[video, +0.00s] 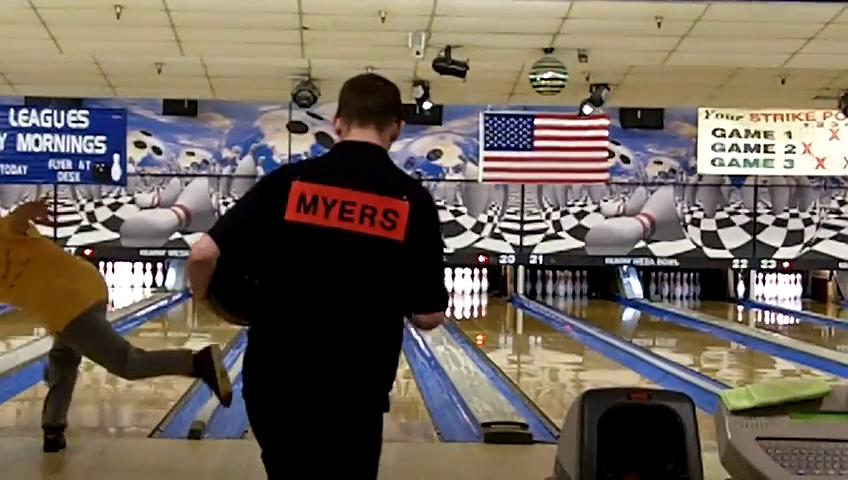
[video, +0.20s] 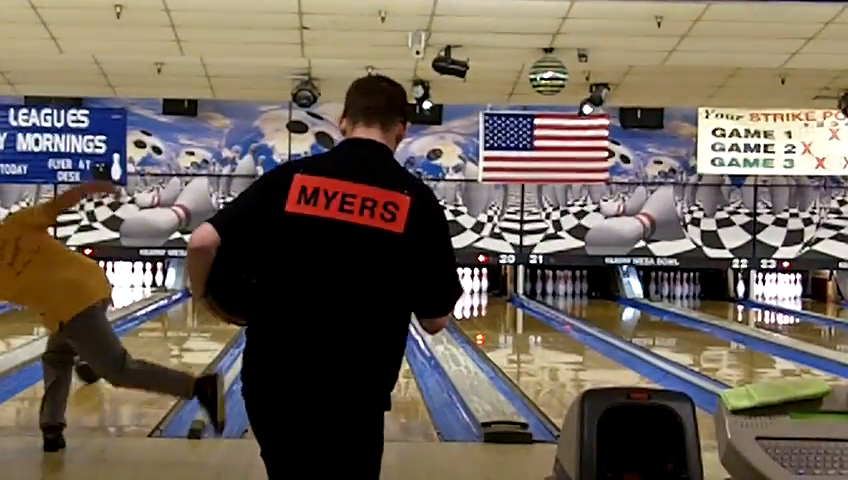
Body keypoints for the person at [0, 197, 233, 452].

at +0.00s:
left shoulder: (5, 234)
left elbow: (13, 224)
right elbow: (16, 223)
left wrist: (22, 213)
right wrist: (22, 212)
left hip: (70, 303)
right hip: (85, 289)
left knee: (128, 363)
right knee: (63, 362)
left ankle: (200, 363)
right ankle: (53, 430)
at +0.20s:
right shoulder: (15, 224)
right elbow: (58, 204)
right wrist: (92, 187)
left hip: (69, 301)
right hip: (92, 283)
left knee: (117, 369)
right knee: (57, 358)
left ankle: (199, 387)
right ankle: (52, 430)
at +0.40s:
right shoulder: (24, 218)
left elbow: (2, 327)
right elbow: (84, 212)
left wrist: (7, 370)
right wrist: (131, 205)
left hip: (68, 302)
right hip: (94, 286)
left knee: (105, 374)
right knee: (54, 359)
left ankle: (180, 407)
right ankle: (51, 430)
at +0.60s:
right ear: (4, 201)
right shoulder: (34, 213)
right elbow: (89, 215)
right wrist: (138, 219)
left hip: (64, 298)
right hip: (92, 286)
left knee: (98, 374)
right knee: (54, 361)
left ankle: (169, 408)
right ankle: (51, 430)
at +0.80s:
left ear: (1, 190)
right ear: (6, 186)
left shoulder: (4, 214)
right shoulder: (40, 203)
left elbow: (13, 235)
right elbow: (92, 213)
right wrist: (137, 225)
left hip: (60, 296)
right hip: (90, 287)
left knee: (89, 371)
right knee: (47, 361)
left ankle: (157, 408)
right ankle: (50, 428)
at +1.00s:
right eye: (7, 176)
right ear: (10, 178)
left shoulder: (2, 223)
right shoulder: (46, 199)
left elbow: (7, 293)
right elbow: (99, 213)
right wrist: (144, 232)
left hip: (57, 295)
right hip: (90, 286)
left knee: (84, 372)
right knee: (48, 359)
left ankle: (151, 410)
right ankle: (50, 429)